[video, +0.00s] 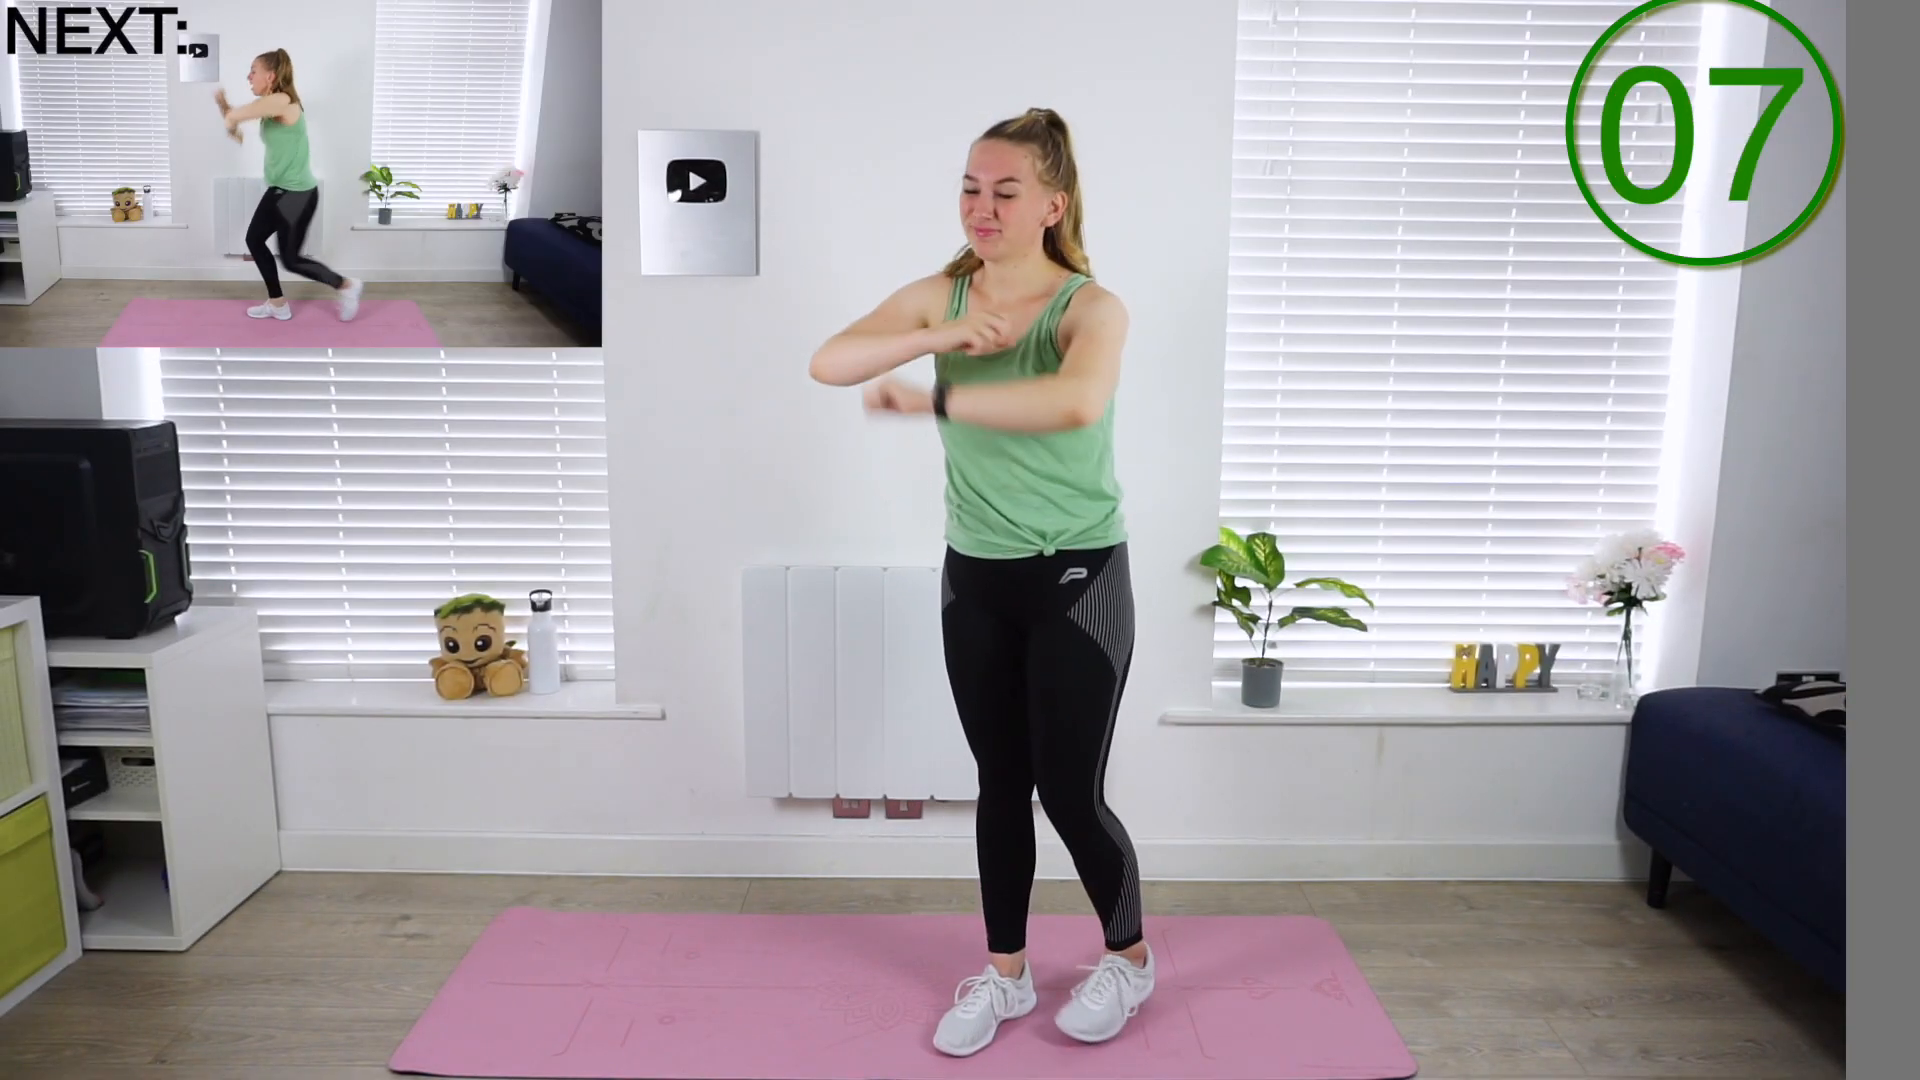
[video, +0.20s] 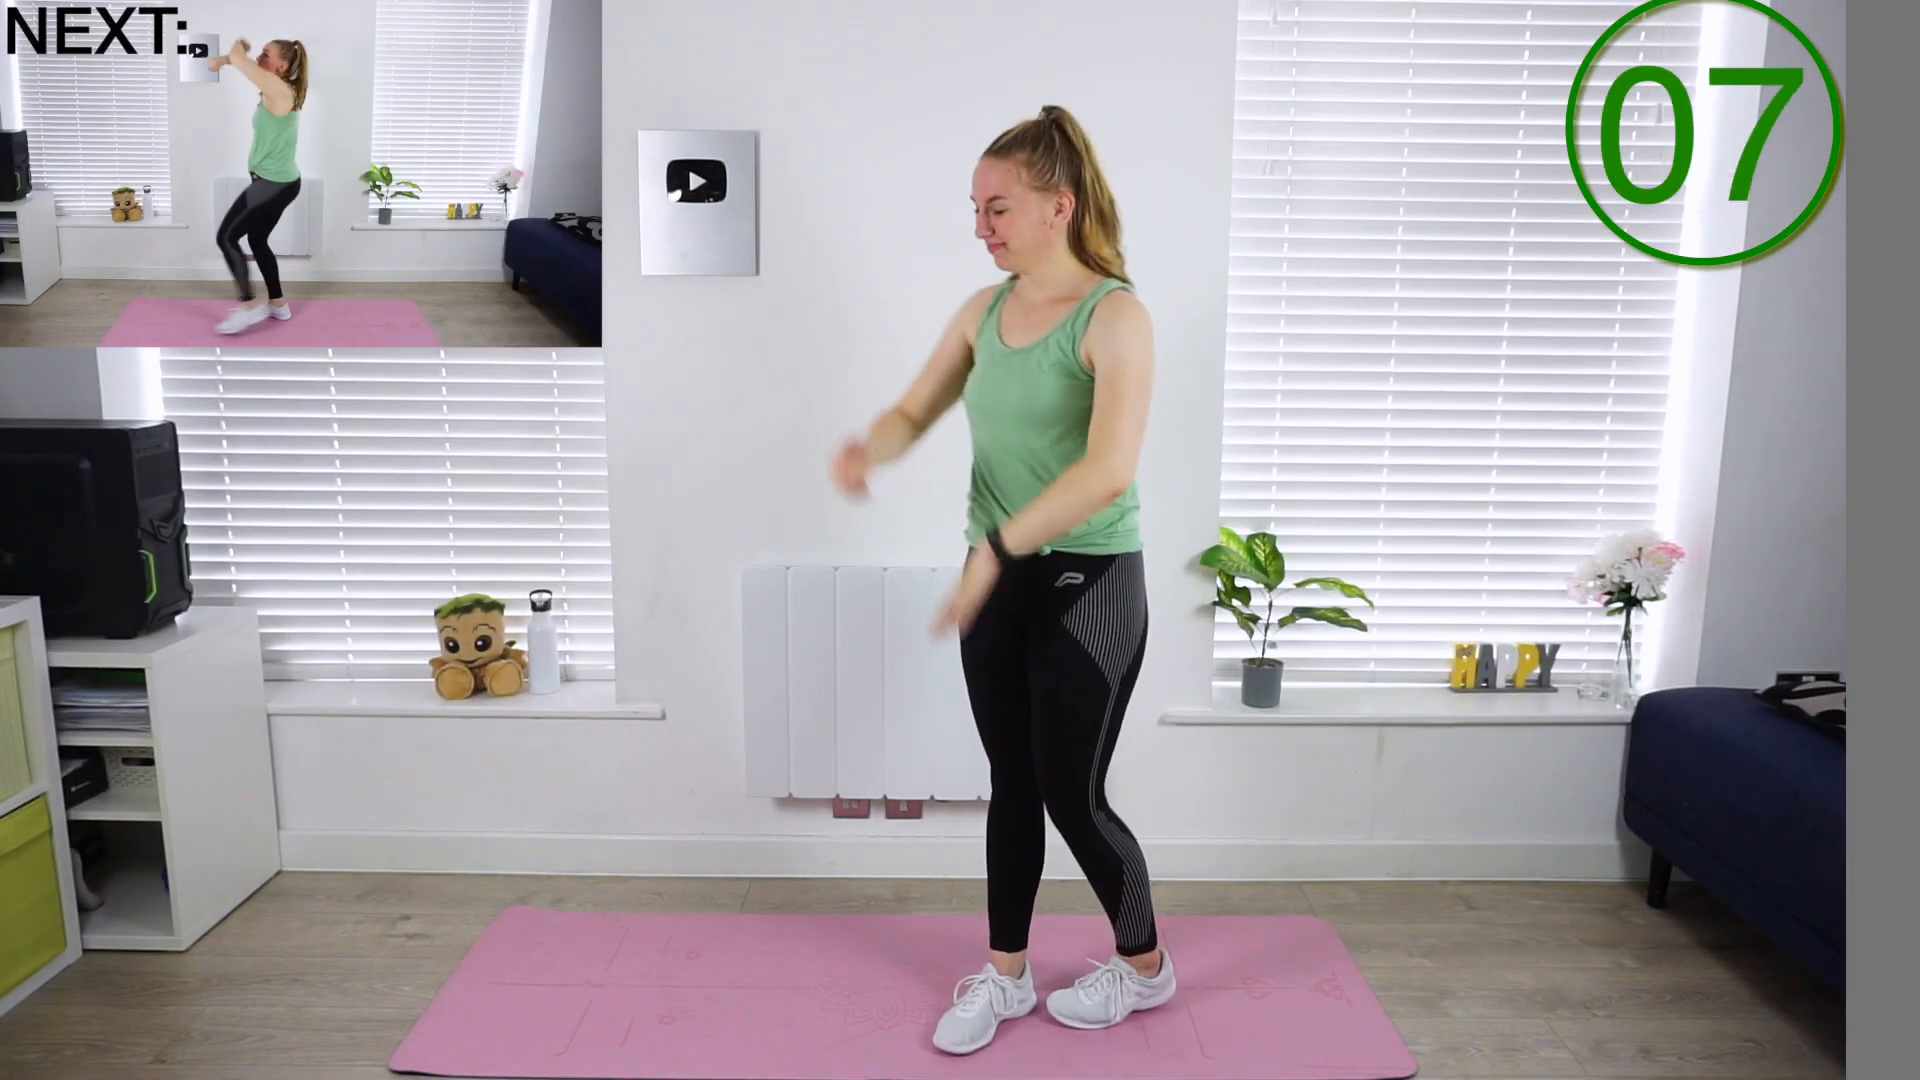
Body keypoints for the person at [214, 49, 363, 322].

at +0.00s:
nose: (249, 78)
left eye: (253, 73)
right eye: (250, 72)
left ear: (271, 76)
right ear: (271, 77)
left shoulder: (281, 100)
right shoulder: (273, 102)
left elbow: (233, 117)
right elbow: (238, 120)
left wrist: (233, 129)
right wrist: (225, 109)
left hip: (299, 192)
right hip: (279, 189)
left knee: (290, 259)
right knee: (255, 239)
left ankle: (347, 285)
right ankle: (277, 302)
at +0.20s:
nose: (260, 59)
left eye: (266, 56)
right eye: (262, 55)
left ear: (284, 65)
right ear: (282, 66)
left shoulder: (277, 87)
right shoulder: (283, 87)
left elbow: (237, 58)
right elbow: (248, 64)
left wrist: (239, 46)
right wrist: (224, 60)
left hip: (272, 182)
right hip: (281, 180)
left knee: (226, 237)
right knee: (258, 240)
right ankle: (278, 303)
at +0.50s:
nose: (266, 59)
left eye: (272, 56)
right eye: (268, 55)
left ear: (287, 69)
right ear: (287, 70)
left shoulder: (268, 89)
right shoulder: (289, 92)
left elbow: (230, 49)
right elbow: (267, 51)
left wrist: (255, 66)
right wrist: (252, 23)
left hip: (246, 182)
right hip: (268, 182)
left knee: (216, 242)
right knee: (252, 242)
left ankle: (209, 313)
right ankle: (277, 303)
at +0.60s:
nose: (265, 60)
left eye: (272, 57)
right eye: (267, 55)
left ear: (289, 69)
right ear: (288, 71)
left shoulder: (272, 94)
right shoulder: (292, 94)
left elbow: (231, 61)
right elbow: (265, 61)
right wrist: (239, 41)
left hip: (249, 183)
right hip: (271, 184)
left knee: (219, 243)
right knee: (252, 242)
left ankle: (209, 314)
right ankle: (277, 303)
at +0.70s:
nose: (262, 66)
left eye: (269, 61)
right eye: (263, 61)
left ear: (288, 68)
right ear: (286, 69)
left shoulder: (279, 97)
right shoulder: (286, 94)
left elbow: (231, 80)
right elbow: (251, 83)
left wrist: (239, 73)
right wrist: (228, 81)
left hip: (266, 186)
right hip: (272, 183)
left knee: (226, 241)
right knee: (254, 240)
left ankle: (211, 316)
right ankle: (277, 304)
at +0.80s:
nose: (253, 73)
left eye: (258, 67)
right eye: (254, 67)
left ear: (278, 71)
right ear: (276, 72)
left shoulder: (281, 103)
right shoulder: (282, 98)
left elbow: (229, 111)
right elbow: (247, 109)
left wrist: (219, 110)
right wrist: (239, 117)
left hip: (281, 190)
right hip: (278, 186)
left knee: (232, 242)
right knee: (259, 241)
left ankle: (247, 314)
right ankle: (278, 305)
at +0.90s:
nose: (245, 79)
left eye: (248, 73)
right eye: (245, 73)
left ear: (265, 76)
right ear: (266, 76)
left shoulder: (279, 105)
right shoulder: (273, 102)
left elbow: (239, 137)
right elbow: (248, 126)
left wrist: (234, 148)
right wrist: (238, 129)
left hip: (295, 189)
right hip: (281, 186)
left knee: (256, 249)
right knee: (262, 244)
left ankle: (303, 300)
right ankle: (277, 304)